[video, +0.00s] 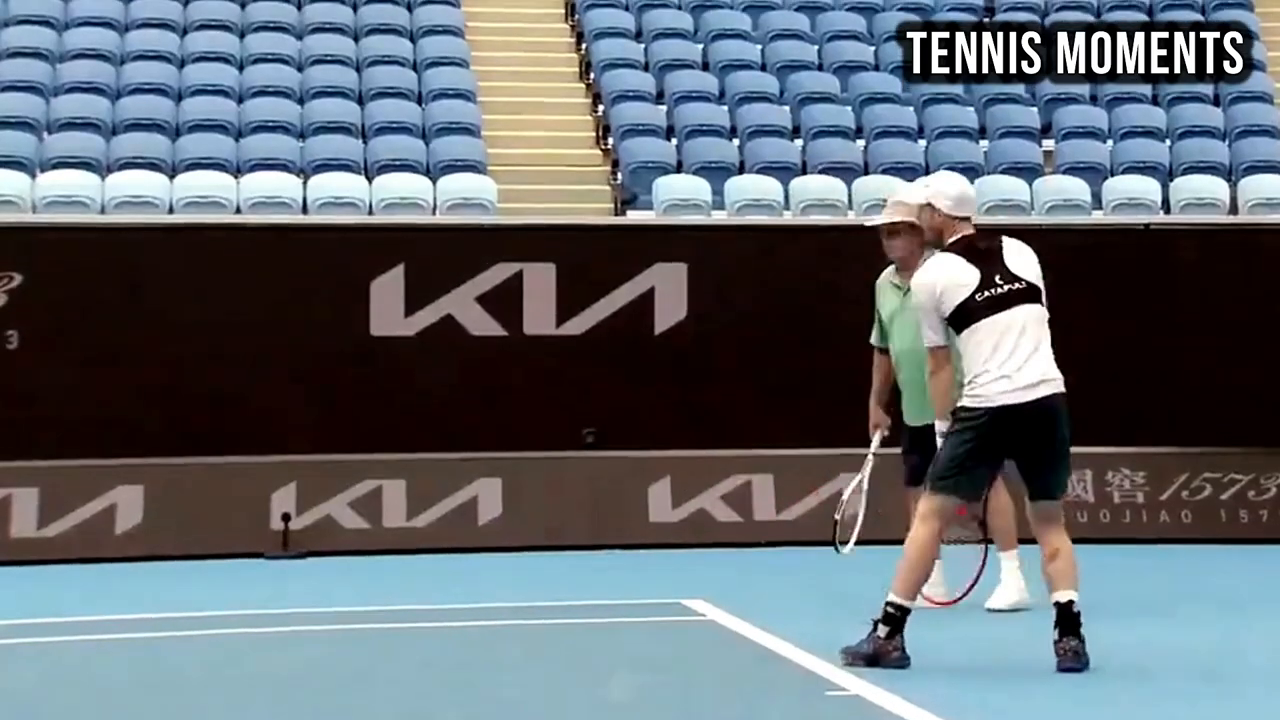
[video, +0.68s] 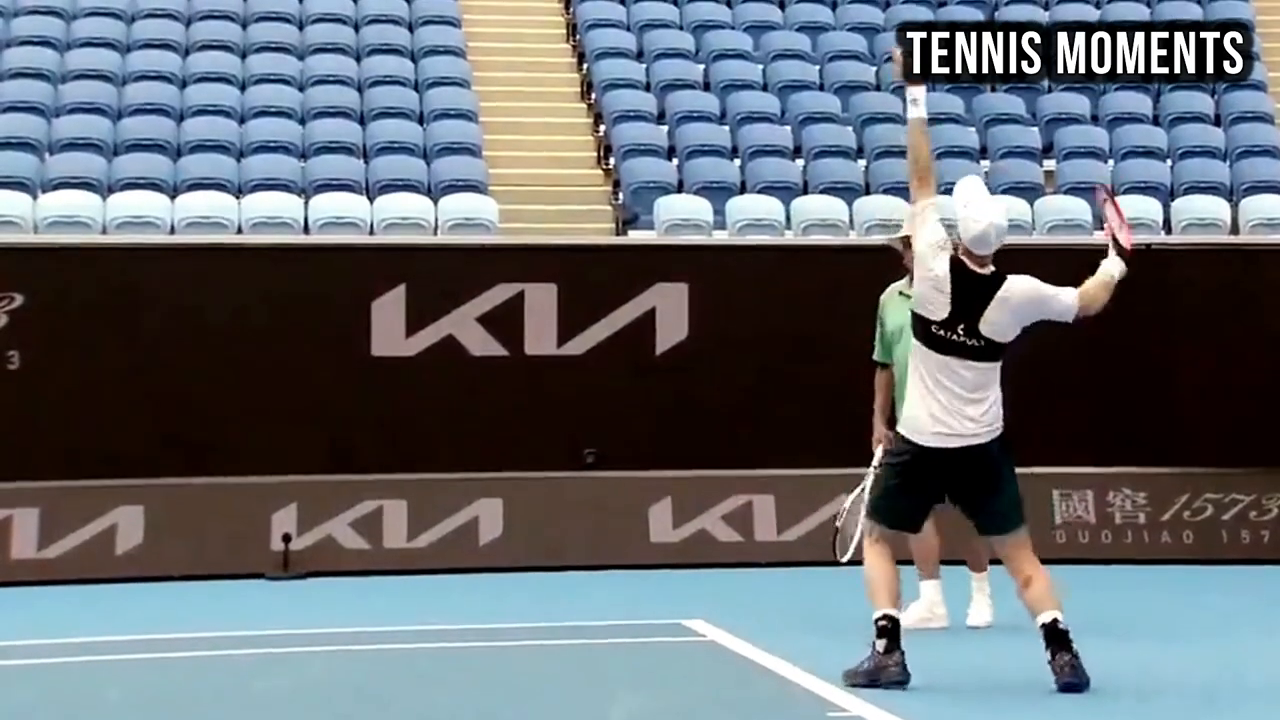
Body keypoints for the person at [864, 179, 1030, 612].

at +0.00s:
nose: (897, 241)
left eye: (906, 230)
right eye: (889, 234)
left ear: (932, 224)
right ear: (882, 239)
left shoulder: (941, 277)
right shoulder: (886, 285)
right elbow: (883, 350)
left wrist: (951, 428)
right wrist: (876, 402)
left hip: (968, 410)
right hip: (915, 416)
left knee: (991, 482)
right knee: (918, 497)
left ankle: (1011, 574)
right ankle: (934, 578)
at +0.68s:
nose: (915, 253)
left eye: (922, 245)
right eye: (909, 245)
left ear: (944, 249)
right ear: (901, 251)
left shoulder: (961, 294)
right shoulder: (892, 298)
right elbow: (884, 366)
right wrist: (880, 420)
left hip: (962, 421)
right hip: (912, 422)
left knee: (970, 509)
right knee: (918, 511)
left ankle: (981, 594)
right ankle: (930, 598)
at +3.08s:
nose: (917, 222)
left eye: (926, 215)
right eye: (916, 216)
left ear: (949, 220)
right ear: (916, 223)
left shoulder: (979, 264)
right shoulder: (906, 271)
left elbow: (997, 328)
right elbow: (900, 339)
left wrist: (994, 381)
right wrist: (895, 391)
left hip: (966, 393)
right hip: (918, 394)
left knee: (973, 478)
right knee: (928, 482)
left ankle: (984, 566)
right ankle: (940, 569)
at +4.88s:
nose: (1000, 202)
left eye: (1009, 195)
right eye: (998, 196)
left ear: (1031, 202)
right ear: (994, 202)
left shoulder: (1060, 249)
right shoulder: (976, 247)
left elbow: (1079, 315)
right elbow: (965, 315)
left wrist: (1080, 373)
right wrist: (961, 368)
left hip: (1042, 378)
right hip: (989, 375)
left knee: (1033, 464)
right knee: (993, 460)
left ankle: (1024, 551)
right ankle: (988, 548)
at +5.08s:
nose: (996, 204)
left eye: (1005, 197)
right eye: (994, 197)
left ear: (1028, 202)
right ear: (990, 204)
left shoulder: (1058, 250)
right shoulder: (975, 249)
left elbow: (1077, 315)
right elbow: (961, 316)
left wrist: (1077, 372)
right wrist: (962, 370)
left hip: (1039, 382)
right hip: (988, 380)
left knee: (1030, 467)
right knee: (993, 465)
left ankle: (1024, 551)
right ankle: (991, 551)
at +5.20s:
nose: (1002, 207)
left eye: (1010, 200)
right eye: (997, 200)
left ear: (1028, 206)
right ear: (990, 207)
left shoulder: (1057, 253)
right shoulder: (982, 251)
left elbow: (1076, 318)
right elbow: (966, 311)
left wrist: (1078, 376)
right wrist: (965, 369)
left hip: (1040, 384)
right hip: (989, 381)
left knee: (1031, 472)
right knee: (992, 472)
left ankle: (1024, 551)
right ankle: (997, 555)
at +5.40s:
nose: (1005, 215)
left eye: (1012, 205)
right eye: (998, 206)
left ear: (1028, 209)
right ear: (988, 212)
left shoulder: (1050, 252)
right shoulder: (977, 251)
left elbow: (1073, 319)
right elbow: (961, 314)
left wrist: (1075, 377)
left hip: (1038, 382)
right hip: (991, 381)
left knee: (1028, 473)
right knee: (997, 474)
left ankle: (1022, 557)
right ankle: (999, 557)